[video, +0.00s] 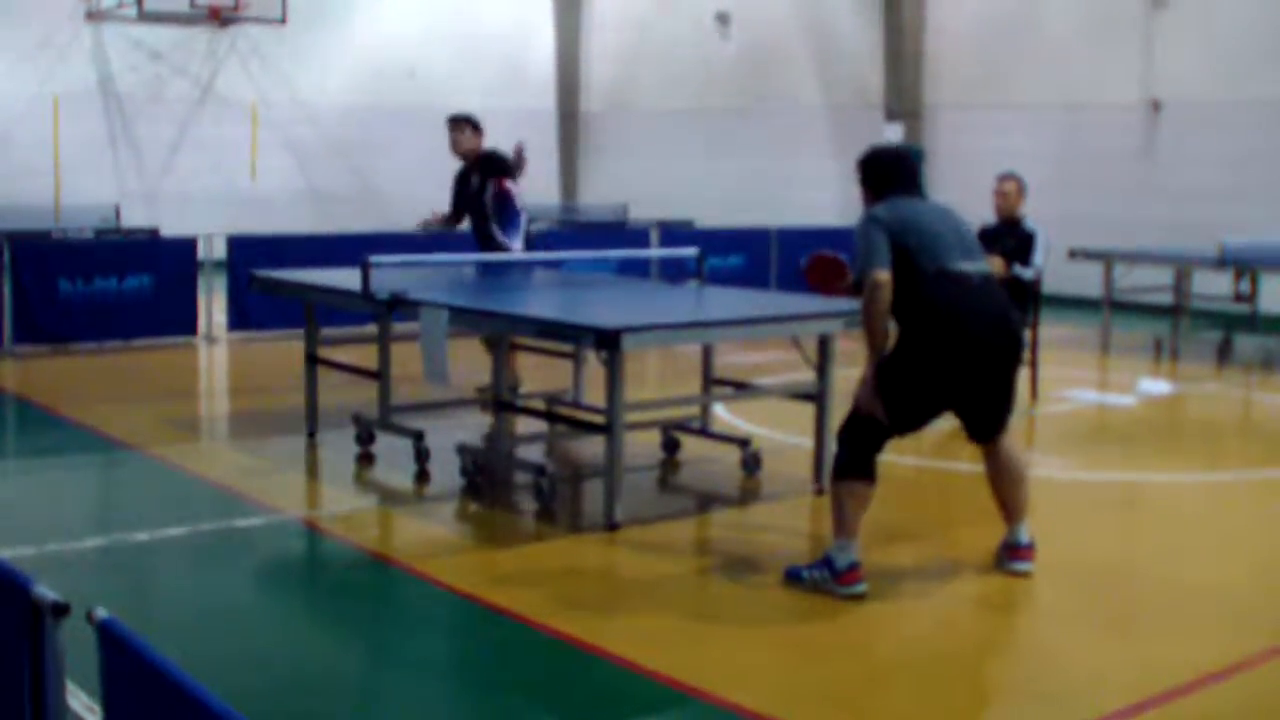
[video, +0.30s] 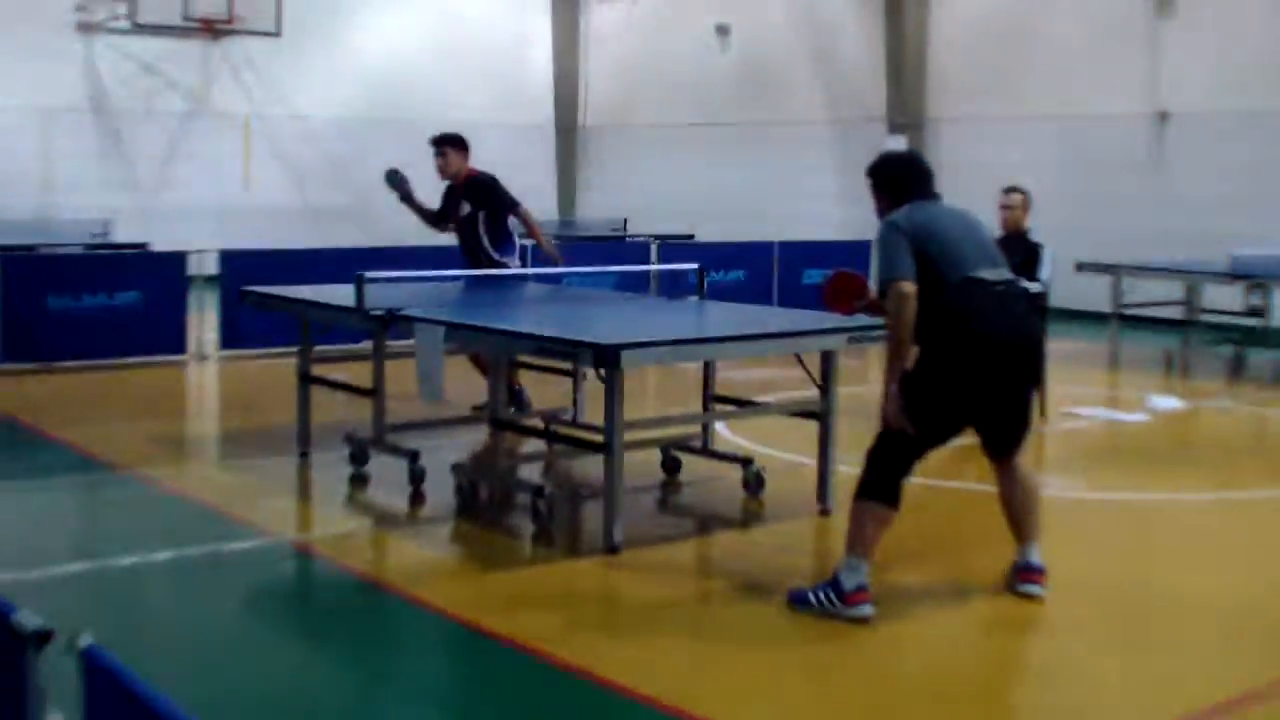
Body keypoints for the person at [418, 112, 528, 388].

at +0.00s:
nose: (455, 139)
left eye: (462, 132)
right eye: (453, 133)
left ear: (477, 136)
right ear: (451, 139)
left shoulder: (491, 159)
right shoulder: (463, 176)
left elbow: (511, 172)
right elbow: (457, 216)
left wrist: (517, 162)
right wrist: (438, 222)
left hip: (510, 256)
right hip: (487, 257)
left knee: (500, 323)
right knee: (489, 323)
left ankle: (507, 380)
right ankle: (505, 378)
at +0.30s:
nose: (438, 163)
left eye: (443, 156)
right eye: (437, 157)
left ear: (461, 156)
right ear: (445, 160)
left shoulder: (485, 183)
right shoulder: (453, 192)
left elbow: (521, 213)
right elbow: (441, 224)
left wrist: (544, 245)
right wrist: (408, 198)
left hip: (503, 278)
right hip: (477, 278)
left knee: (494, 339)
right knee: (467, 338)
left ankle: (513, 394)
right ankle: (503, 393)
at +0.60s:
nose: (427, 195)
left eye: (432, 186)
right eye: (419, 188)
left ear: (442, 178)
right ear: (407, 184)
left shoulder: (466, 203)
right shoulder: (399, 214)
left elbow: (505, 243)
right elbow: (396, 263)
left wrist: (525, 285)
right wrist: (420, 271)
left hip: (468, 302)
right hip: (429, 304)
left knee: (465, 373)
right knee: (419, 376)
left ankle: (471, 461)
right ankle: (470, 413)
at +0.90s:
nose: (411, 179)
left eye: (417, 171)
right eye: (403, 171)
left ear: (425, 169)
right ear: (388, 170)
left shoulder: (437, 200)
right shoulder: (367, 203)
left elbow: (462, 246)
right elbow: (345, 252)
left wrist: (475, 289)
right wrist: (368, 263)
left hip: (431, 299)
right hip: (384, 299)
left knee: (449, 368)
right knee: (350, 360)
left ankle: (464, 439)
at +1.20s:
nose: (380, 175)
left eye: (384, 167)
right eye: (371, 167)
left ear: (389, 166)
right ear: (354, 168)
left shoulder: (401, 200)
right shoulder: (330, 204)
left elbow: (422, 248)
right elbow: (305, 254)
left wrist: (425, 291)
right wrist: (323, 278)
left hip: (398, 299)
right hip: (349, 300)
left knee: (437, 352)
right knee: (323, 359)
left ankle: (446, 428)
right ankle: (316, 431)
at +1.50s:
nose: (318, 198)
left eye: (324, 189)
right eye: (310, 192)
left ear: (336, 188)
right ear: (303, 195)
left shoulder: (354, 219)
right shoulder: (301, 231)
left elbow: (366, 273)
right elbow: (301, 281)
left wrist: (345, 307)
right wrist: (295, 309)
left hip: (361, 312)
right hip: (318, 314)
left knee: (409, 361)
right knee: (284, 353)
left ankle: (447, 425)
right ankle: (281, 428)